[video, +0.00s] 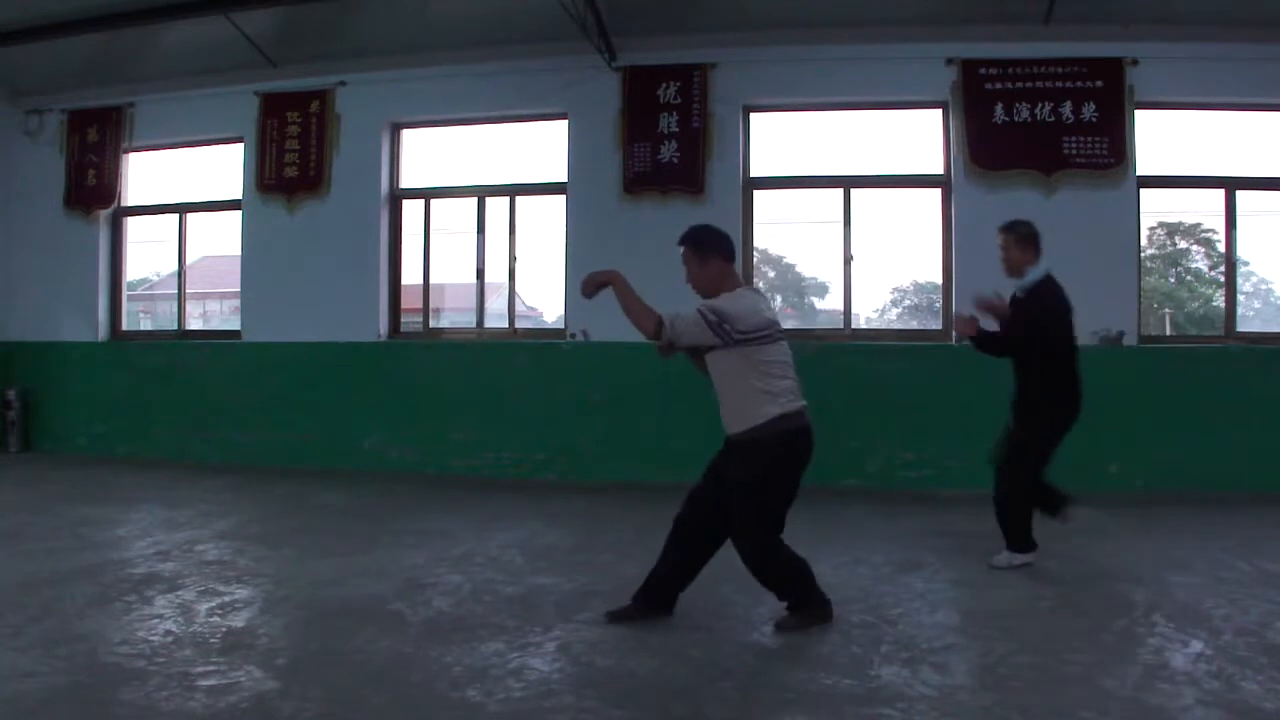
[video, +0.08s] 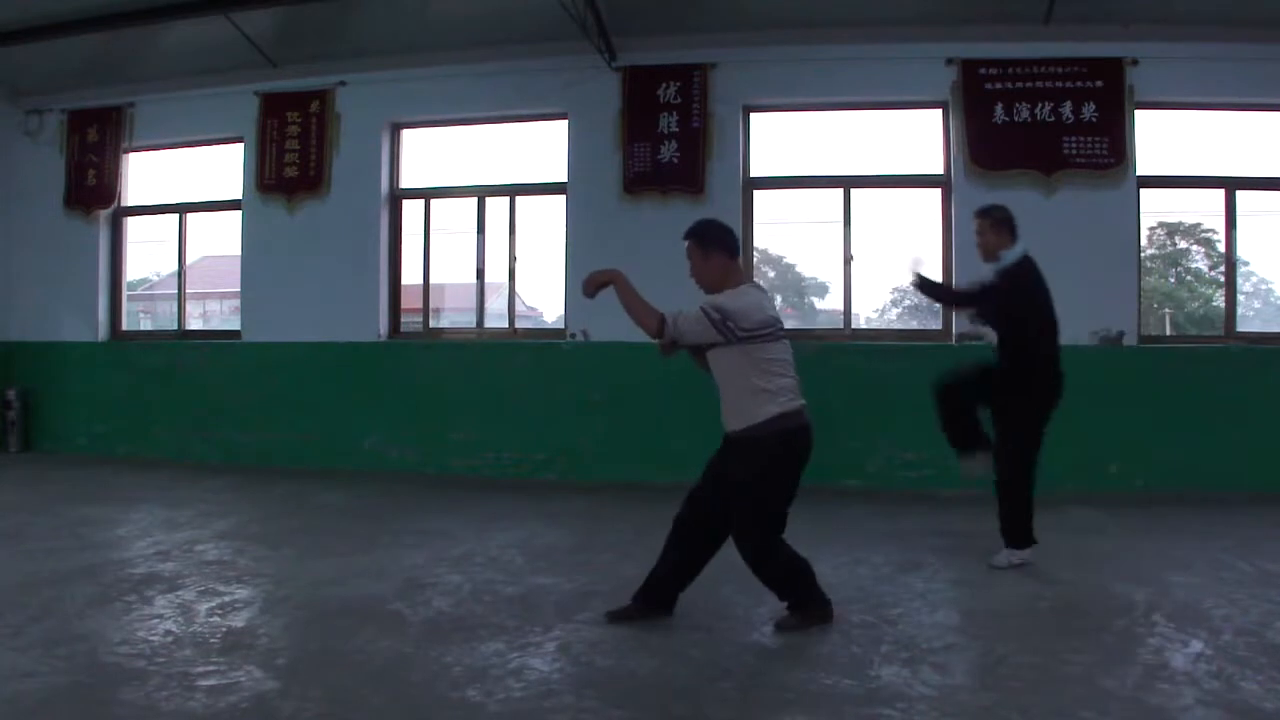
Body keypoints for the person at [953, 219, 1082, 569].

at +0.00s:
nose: (1001, 256)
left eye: (1006, 249)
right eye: (1001, 249)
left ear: (1026, 251)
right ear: (1027, 252)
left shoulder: (1037, 296)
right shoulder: (1040, 290)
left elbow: (1013, 346)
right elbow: (1037, 337)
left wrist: (975, 334)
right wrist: (1006, 316)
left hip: (1047, 402)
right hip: (1046, 398)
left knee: (1012, 468)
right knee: (1014, 464)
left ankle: (1020, 547)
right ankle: (1060, 506)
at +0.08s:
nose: (976, 241)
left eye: (981, 233)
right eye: (976, 234)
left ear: (1000, 234)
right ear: (1001, 234)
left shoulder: (1017, 276)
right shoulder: (1014, 272)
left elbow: (980, 306)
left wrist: (922, 283)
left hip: (1030, 381)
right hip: (1015, 373)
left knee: (1013, 458)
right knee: (952, 389)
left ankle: (1019, 543)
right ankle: (974, 450)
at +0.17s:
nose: (963, 230)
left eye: (967, 223)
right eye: (962, 223)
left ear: (987, 223)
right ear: (987, 224)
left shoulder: (1000, 267)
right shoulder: (999, 260)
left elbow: (945, 283)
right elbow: (1014, 312)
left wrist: (893, 266)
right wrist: (982, 308)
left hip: (1019, 365)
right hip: (1003, 355)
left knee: (996, 439)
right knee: (939, 349)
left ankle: (1008, 529)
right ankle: (962, 411)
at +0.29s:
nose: (940, 225)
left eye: (944, 218)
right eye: (940, 218)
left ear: (962, 220)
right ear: (964, 219)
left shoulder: (971, 263)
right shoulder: (969, 257)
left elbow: (916, 278)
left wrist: (863, 262)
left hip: (990, 366)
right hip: (972, 355)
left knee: (964, 442)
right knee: (911, 341)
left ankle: (944, 529)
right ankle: (943, 406)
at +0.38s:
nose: (927, 241)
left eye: (932, 234)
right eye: (927, 234)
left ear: (951, 237)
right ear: (951, 237)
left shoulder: (957, 282)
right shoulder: (955, 276)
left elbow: (901, 292)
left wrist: (849, 272)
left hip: (964, 385)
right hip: (948, 374)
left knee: (937, 460)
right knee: (883, 373)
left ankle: (925, 543)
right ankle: (905, 441)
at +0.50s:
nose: (916, 253)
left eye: (921, 246)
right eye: (917, 246)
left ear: (938, 249)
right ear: (943, 249)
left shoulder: (949, 294)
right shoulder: (945, 291)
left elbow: (906, 320)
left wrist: (850, 301)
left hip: (940, 402)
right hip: (931, 394)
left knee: (911, 477)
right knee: (858, 415)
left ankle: (919, 551)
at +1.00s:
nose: (819, 283)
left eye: (822, 276)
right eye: (819, 276)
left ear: (838, 276)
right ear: (851, 277)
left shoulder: (849, 320)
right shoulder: (848, 315)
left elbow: (796, 326)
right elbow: (839, 367)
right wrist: (812, 353)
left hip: (874, 432)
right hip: (847, 427)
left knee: (855, 518)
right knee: (788, 484)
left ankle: (905, 547)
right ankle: (759, 546)